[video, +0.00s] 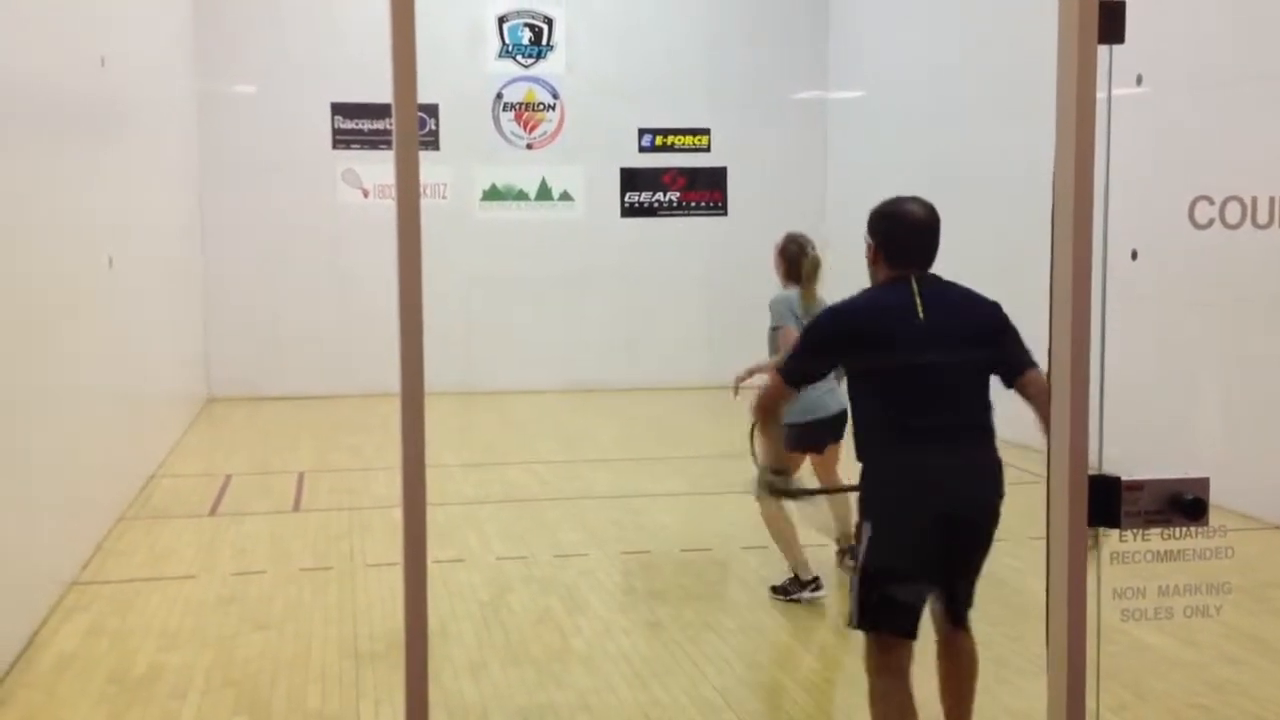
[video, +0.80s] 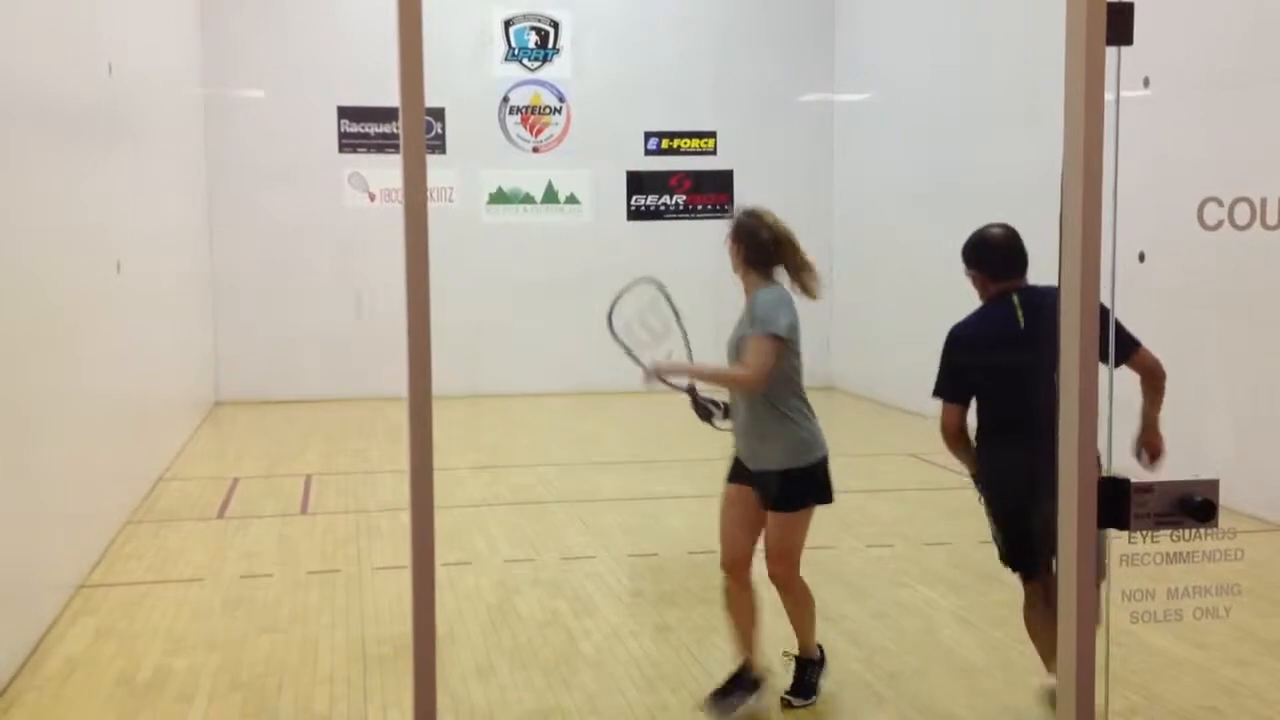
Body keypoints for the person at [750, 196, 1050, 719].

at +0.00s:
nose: (866, 250)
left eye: (867, 244)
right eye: (869, 243)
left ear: (873, 251)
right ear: (933, 251)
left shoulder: (848, 320)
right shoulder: (980, 312)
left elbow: (769, 400)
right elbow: (1044, 396)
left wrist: (772, 446)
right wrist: (1078, 465)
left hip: (899, 499)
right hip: (976, 494)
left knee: (889, 659)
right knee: (954, 618)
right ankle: (958, 716)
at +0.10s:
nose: (871, 261)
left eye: (872, 255)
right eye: (876, 253)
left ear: (878, 263)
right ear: (937, 260)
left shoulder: (856, 331)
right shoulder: (985, 315)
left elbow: (804, 422)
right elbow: (1063, 385)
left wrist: (836, 465)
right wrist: (1121, 458)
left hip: (908, 505)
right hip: (986, 499)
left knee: (904, 654)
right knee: (967, 630)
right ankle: (962, 719)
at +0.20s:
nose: (881, 266)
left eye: (882, 259)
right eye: (886, 258)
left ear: (889, 267)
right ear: (946, 261)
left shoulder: (874, 335)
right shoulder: (997, 311)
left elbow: (844, 434)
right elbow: (1090, 374)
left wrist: (896, 465)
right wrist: (1165, 445)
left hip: (922, 498)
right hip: (1000, 493)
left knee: (909, 645)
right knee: (977, 635)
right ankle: (965, 719)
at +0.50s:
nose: (933, 260)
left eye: (932, 253)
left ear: (936, 257)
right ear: (990, 249)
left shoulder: (926, 324)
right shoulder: (1044, 293)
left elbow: (909, 426)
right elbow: (1137, 341)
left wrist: (948, 448)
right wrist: (1179, 394)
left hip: (982, 495)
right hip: (1053, 486)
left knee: (987, 624)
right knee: (987, 620)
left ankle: (971, 712)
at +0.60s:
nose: (949, 266)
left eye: (949, 259)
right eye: (952, 258)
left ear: (954, 264)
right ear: (1006, 254)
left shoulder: (943, 326)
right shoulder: (1055, 296)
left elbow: (926, 425)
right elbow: (1143, 350)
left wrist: (965, 452)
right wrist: (1152, 393)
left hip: (986, 478)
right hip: (1053, 473)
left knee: (1019, 596)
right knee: (1012, 602)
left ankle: (1051, 702)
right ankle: (981, 713)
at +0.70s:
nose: (961, 278)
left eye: (961, 272)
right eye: (962, 271)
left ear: (967, 276)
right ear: (1017, 266)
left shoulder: (958, 337)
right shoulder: (1063, 307)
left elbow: (942, 434)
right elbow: (1146, 363)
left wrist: (976, 467)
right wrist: (1138, 405)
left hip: (1003, 486)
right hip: (1065, 481)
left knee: (1039, 606)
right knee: (1051, 619)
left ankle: (1077, 707)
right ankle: (1010, 707)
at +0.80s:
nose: (970, 281)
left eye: (971, 274)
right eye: (971, 274)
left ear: (977, 276)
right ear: (1025, 266)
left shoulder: (968, 334)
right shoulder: (1073, 306)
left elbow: (952, 428)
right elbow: (1152, 369)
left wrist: (977, 465)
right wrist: (1150, 426)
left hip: (1007, 478)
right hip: (1074, 472)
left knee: (1036, 583)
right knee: (1084, 573)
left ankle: (1060, 678)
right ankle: (1072, 677)